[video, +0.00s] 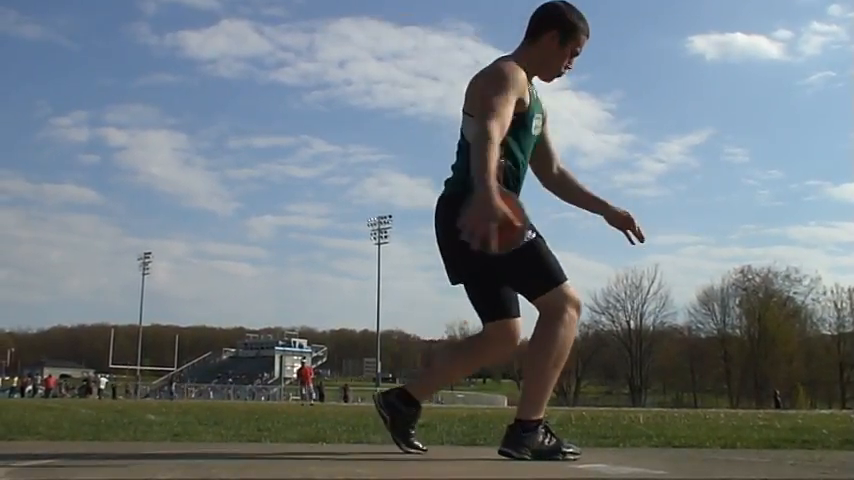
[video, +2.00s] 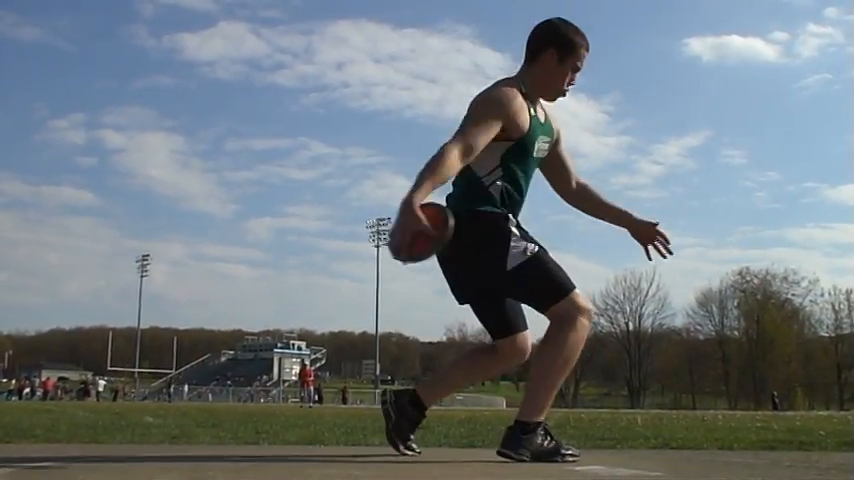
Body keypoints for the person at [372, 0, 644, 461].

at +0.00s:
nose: (570, 65)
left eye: (575, 58)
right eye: (571, 52)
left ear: (549, 43)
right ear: (548, 37)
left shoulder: (532, 102)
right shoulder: (506, 75)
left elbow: (552, 173)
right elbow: (486, 133)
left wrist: (606, 209)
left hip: (462, 211)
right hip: (487, 207)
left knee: (503, 337)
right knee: (563, 305)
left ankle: (404, 400)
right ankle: (528, 429)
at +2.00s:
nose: (573, 81)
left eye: (578, 72)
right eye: (571, 69)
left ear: (555, 63)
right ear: (546, 57)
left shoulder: (546, 122)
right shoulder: (504, 99)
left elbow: (571, 188)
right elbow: (459, 150)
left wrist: (630, 222)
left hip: (465, 236)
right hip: (486, 228)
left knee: (514, 347)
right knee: (576, 314)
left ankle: (412, 404)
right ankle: (527, 432)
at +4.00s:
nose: (587, 116)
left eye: (590, 107)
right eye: (586, 104)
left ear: (562, 101)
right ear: (561, 98)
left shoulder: (558, 154)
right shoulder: (497, 127)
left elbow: (568, 182)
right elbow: (417, 147)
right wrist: (344, 165)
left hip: (443, 254)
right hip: (472, 248)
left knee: (490, 352)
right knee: (573, 324)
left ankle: (405, 416)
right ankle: (528, 433)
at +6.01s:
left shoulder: (472, 4)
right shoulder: (550, 30)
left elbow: (465, 72)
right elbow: (571, 123)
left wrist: (437, 158)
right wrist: (543, 172)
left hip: (487, 165)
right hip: (546, 170)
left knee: (456, 305)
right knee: (547, 301)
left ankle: (438, 434)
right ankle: (544, 444)